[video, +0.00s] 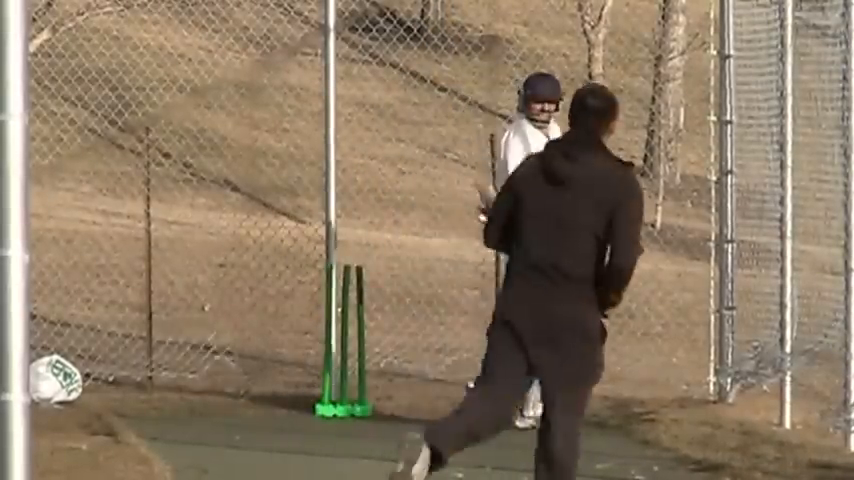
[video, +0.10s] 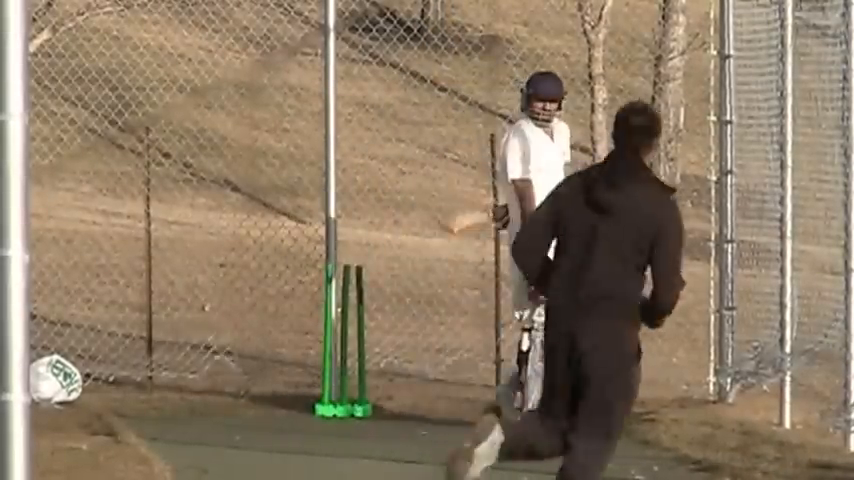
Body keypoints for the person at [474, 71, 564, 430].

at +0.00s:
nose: (543, 108)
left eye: (550, 102)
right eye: (536, 102)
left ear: (558, 105)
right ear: (522, 102)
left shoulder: (558, 134)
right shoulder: (514, 137)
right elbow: (510, 191)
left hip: (552, 242)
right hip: (520, 243)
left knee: (544, 321)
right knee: (517, 318)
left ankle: (534, 400)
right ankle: (489, 384)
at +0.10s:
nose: (545, 108)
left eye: (552, 102)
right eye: (539, 101)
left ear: (561, 104)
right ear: (527, 101)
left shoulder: (562, 130)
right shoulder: (518, 137)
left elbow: (564, 175)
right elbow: (523, 191)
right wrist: (535, 236)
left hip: (558, 231)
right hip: (529, 234)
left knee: (554, 308)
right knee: (532, 311)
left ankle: (547, 387)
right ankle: (526, 388)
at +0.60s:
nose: (569, 109)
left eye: (576, 102)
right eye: (563, 102)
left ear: (585, 103)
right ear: (550, 101)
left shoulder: (598, 131)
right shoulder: (533, 138)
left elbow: (616, 171)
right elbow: (516, 190)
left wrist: (607, 222)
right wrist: (510, 237)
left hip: (588, 240)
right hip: (549, 240)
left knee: (593, 318)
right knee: (552, 318)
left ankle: (584, 396)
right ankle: (534, 403)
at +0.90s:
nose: (597, 111)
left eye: (605, 105)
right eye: (591, 103)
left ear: (614, 107)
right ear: (579, 102)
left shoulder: (621, 141)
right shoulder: (557, 133)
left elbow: (637, 194)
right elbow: (531, 185)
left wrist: (651, 243)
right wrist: (509, 234)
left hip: (588, 244)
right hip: (548, 241)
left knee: (587, 322)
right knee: (546, 320)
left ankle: (581, 402)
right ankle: (546, 401)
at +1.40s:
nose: (574, 105)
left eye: (581, 99)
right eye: (568, 99)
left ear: (593, 101)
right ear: (559, 101)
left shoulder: (605, 139)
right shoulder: (551, 137)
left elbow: (603, 196)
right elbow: (543, 194)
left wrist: (602, 248)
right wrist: (520, 232)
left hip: (582, 248)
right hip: (545, 244)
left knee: (586, 322)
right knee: (523, 315)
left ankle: (582, 401)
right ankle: (532, 395)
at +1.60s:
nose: (558, 107)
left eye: (564, 100)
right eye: (550, 101)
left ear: (576, 99)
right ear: (542, 103)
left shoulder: (591, 135)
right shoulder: (535, 142)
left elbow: (587, 186)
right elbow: (527, 194)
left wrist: (564, 231)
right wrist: (519, 234)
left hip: (577, 247)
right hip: (537, 247)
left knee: (582, 320)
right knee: (525, 320)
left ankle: (582, 402)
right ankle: (539, 404)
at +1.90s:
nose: (507, 115)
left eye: (511, 107)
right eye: (501, 111)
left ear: (524, 101)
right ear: (497, 113)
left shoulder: (555, 131)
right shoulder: (502, 144)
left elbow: (558, 188)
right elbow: (501, 197)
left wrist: (526, 228)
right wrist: (501, 231)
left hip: (551, 243)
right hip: (518, 245)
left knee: (554, 318)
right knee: (521, 322)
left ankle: (565, 396)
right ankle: (537, 399)